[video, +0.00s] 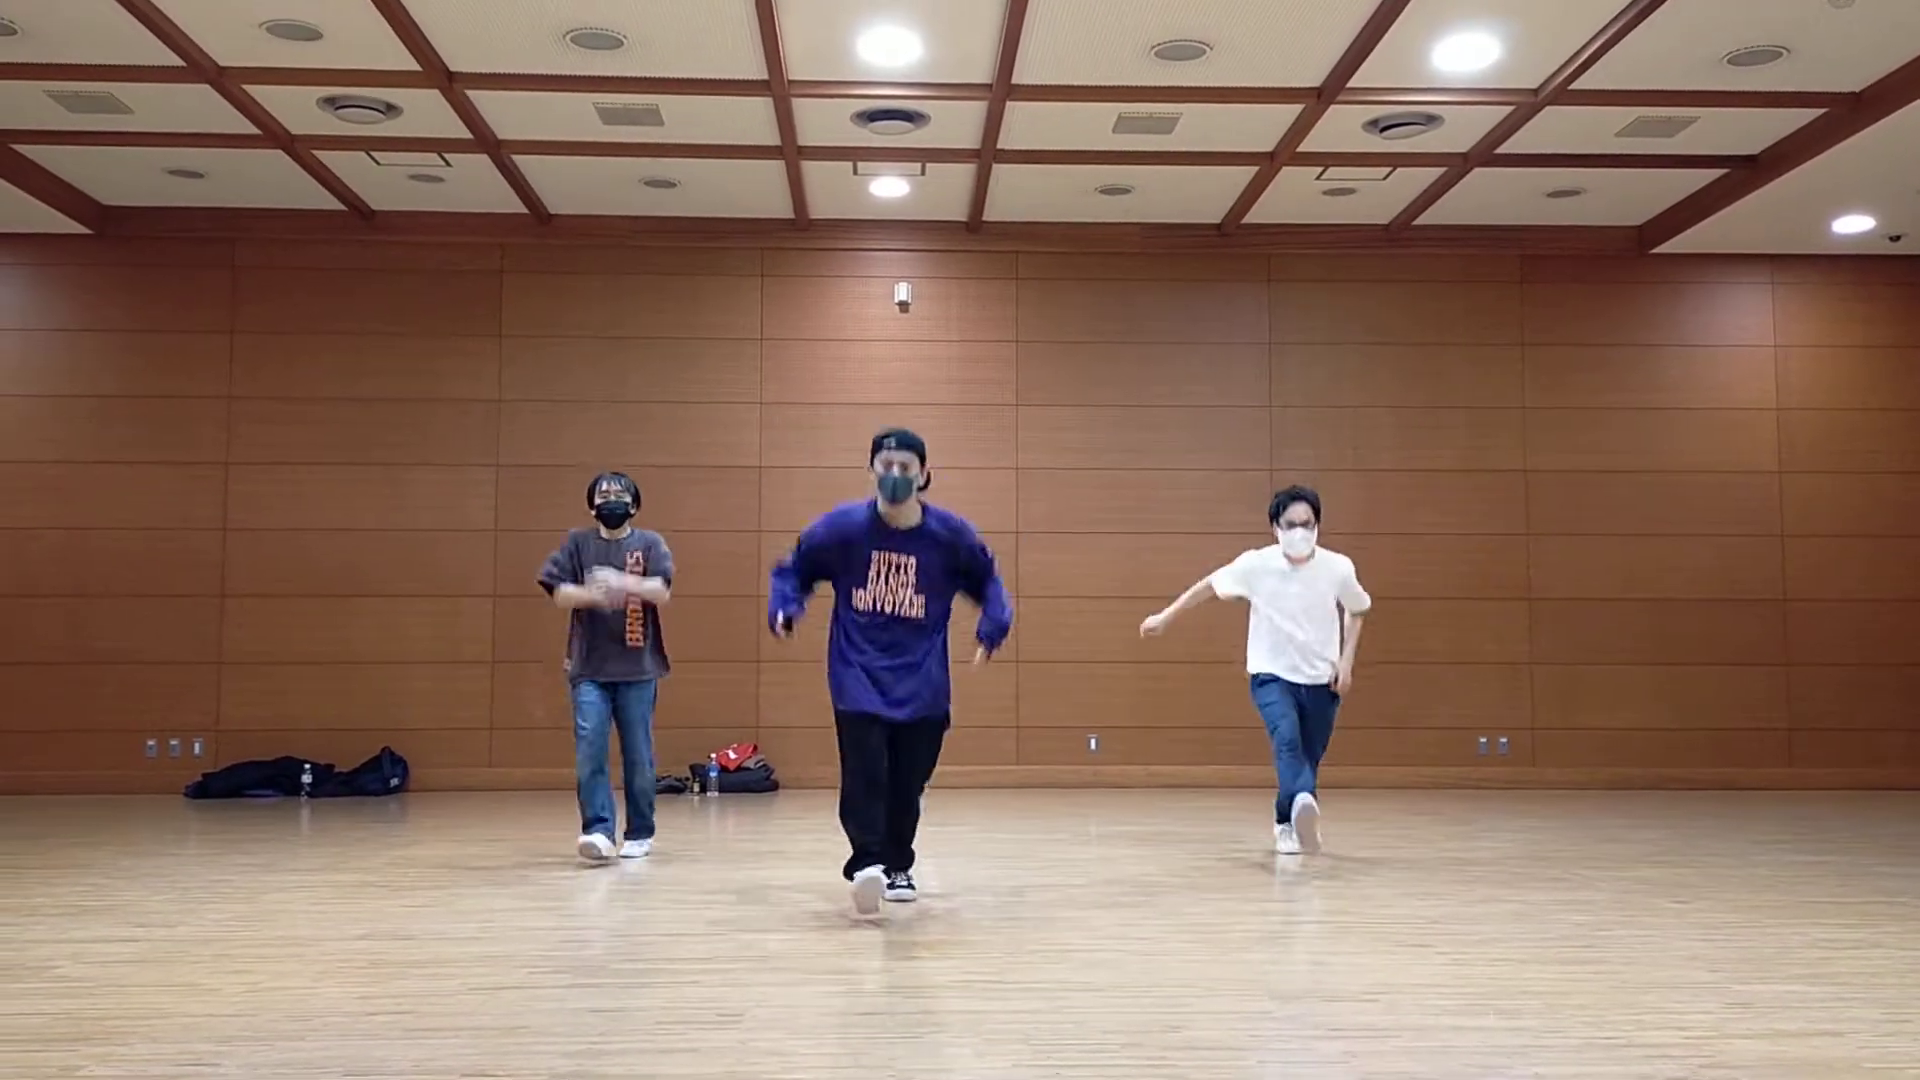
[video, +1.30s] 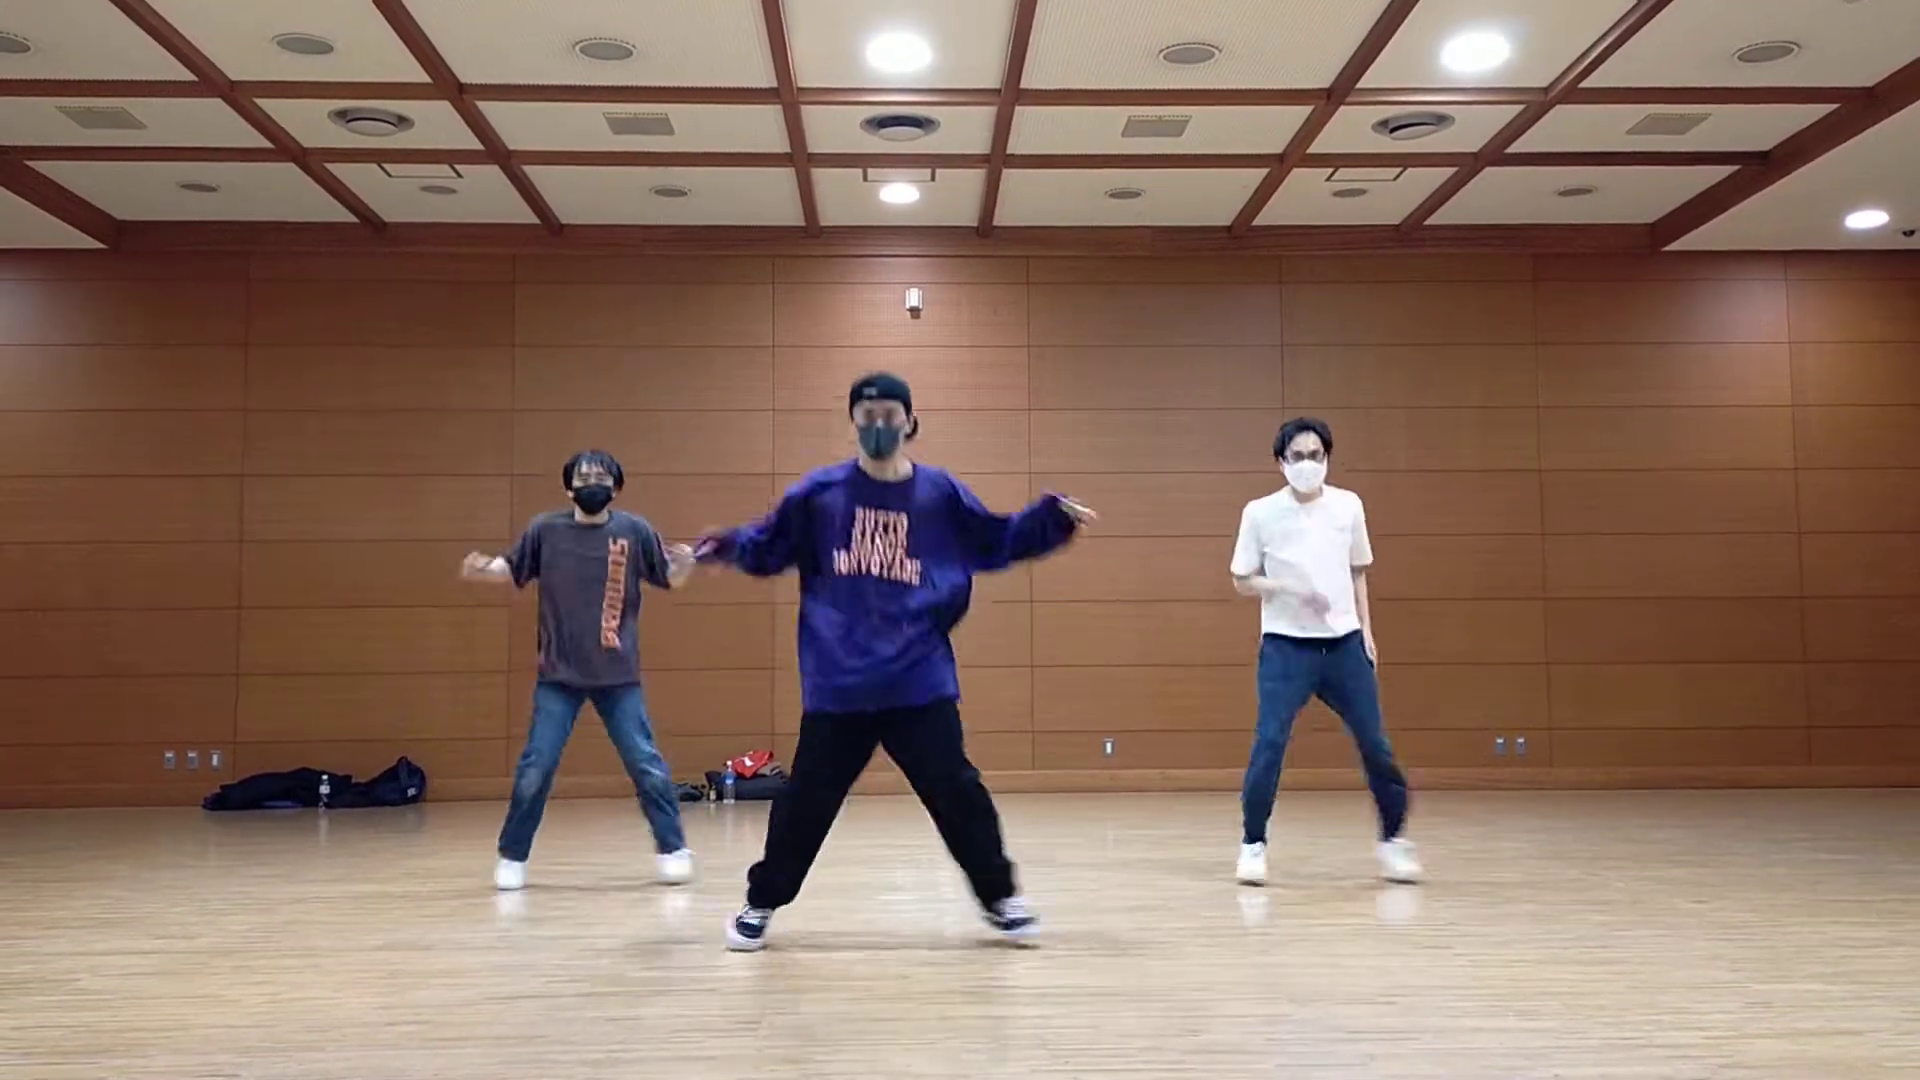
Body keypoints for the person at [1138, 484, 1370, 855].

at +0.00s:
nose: (1300, 533)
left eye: (1307, 525)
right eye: (1290, 525)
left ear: (1318, 528)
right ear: (1275, 530)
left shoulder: (1338, 568)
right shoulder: (1255, 564)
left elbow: (1355, 611)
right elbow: (1208, 587)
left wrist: (1347, 661)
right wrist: (1165, 617)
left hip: (1320, 677)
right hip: (1271, 674)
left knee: (1310, 756)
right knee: (1287, 737)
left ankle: (1285, 823)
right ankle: (1305, 815)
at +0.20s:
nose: (1309, 508)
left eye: (1317, 500)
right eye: (1300, 501)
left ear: (1328, 505)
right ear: (1285, 507)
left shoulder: (1349, 553)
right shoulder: (1264, 553)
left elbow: (1354, 613)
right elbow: (1235, 598)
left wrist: (1350, 666)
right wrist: (1215, 634)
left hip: (1327, 671)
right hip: (1278, 667)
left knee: (1319, 758)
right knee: (1293, 742)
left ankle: (1295, 818)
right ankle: (1306, 842)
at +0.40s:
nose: (1326, 468)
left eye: (1333, 460)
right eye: (1316, 461)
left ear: (1344, 467)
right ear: (1299, 469)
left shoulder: (1359, 516)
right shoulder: (1275, 520)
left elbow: (1367, 577)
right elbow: (1262, 590)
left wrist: (1367, 625)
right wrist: (1275, 650)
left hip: (1345, 648)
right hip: (1298, 647)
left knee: (1355, 743)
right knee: (1304, 746)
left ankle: (1327, 823)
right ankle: (1303, 841)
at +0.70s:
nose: (1332, 458)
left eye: (1339, 450)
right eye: (1323, 451)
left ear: (1351, 455)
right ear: (1306, 456)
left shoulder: (1372, 502)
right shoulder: (1283, 507)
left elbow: (1381, 565)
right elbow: (1263, 576)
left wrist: (1372, 607)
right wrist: (1310, 601)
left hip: (1362, 638)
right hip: (1306, 639)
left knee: (1375, 734)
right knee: (1304, 734)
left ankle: (1364, 842)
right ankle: (1303, 839)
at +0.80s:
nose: (1332, 457)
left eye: (1340, 449)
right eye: (1322, 450)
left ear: (1353, 454)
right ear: (1307, 455)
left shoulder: (1372, 497)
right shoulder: (1283, 505)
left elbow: (1381, 560)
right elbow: (1258, 568)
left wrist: (1380, 611)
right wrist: (1303, 610)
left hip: (1362, 640)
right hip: (1306, 639)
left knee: (1400, 733)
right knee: (1281, 731)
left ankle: (1412, 837)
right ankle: (1265, 835)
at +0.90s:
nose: (1336, 484)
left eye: (1343, 476)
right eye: (1326, 476)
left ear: (1356, 480)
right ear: (1309, 482)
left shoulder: (1374, 523)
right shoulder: (1286, 531)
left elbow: (1386, 581)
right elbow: (1251, 584)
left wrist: (1392, 634)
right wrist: (1292, 638)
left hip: (1366, 668)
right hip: (1304, 670)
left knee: (1418, 748)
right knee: (1273, 748)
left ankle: (1454, 850)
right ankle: (1230, 843)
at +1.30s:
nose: (1307, 464)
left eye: (1315, 456)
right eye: (1298, 456)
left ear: (1328, 459)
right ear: (1281, 462)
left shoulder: (1348, 506)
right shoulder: (1259, 514)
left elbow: (1358, 576)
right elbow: (1242, 582)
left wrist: (1366, 635)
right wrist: (1290, 589)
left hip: (1343, 645)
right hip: (1285, 647)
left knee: (1374, 742)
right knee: (1270, 740)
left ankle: (1393, 840)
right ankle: (1253, 844)